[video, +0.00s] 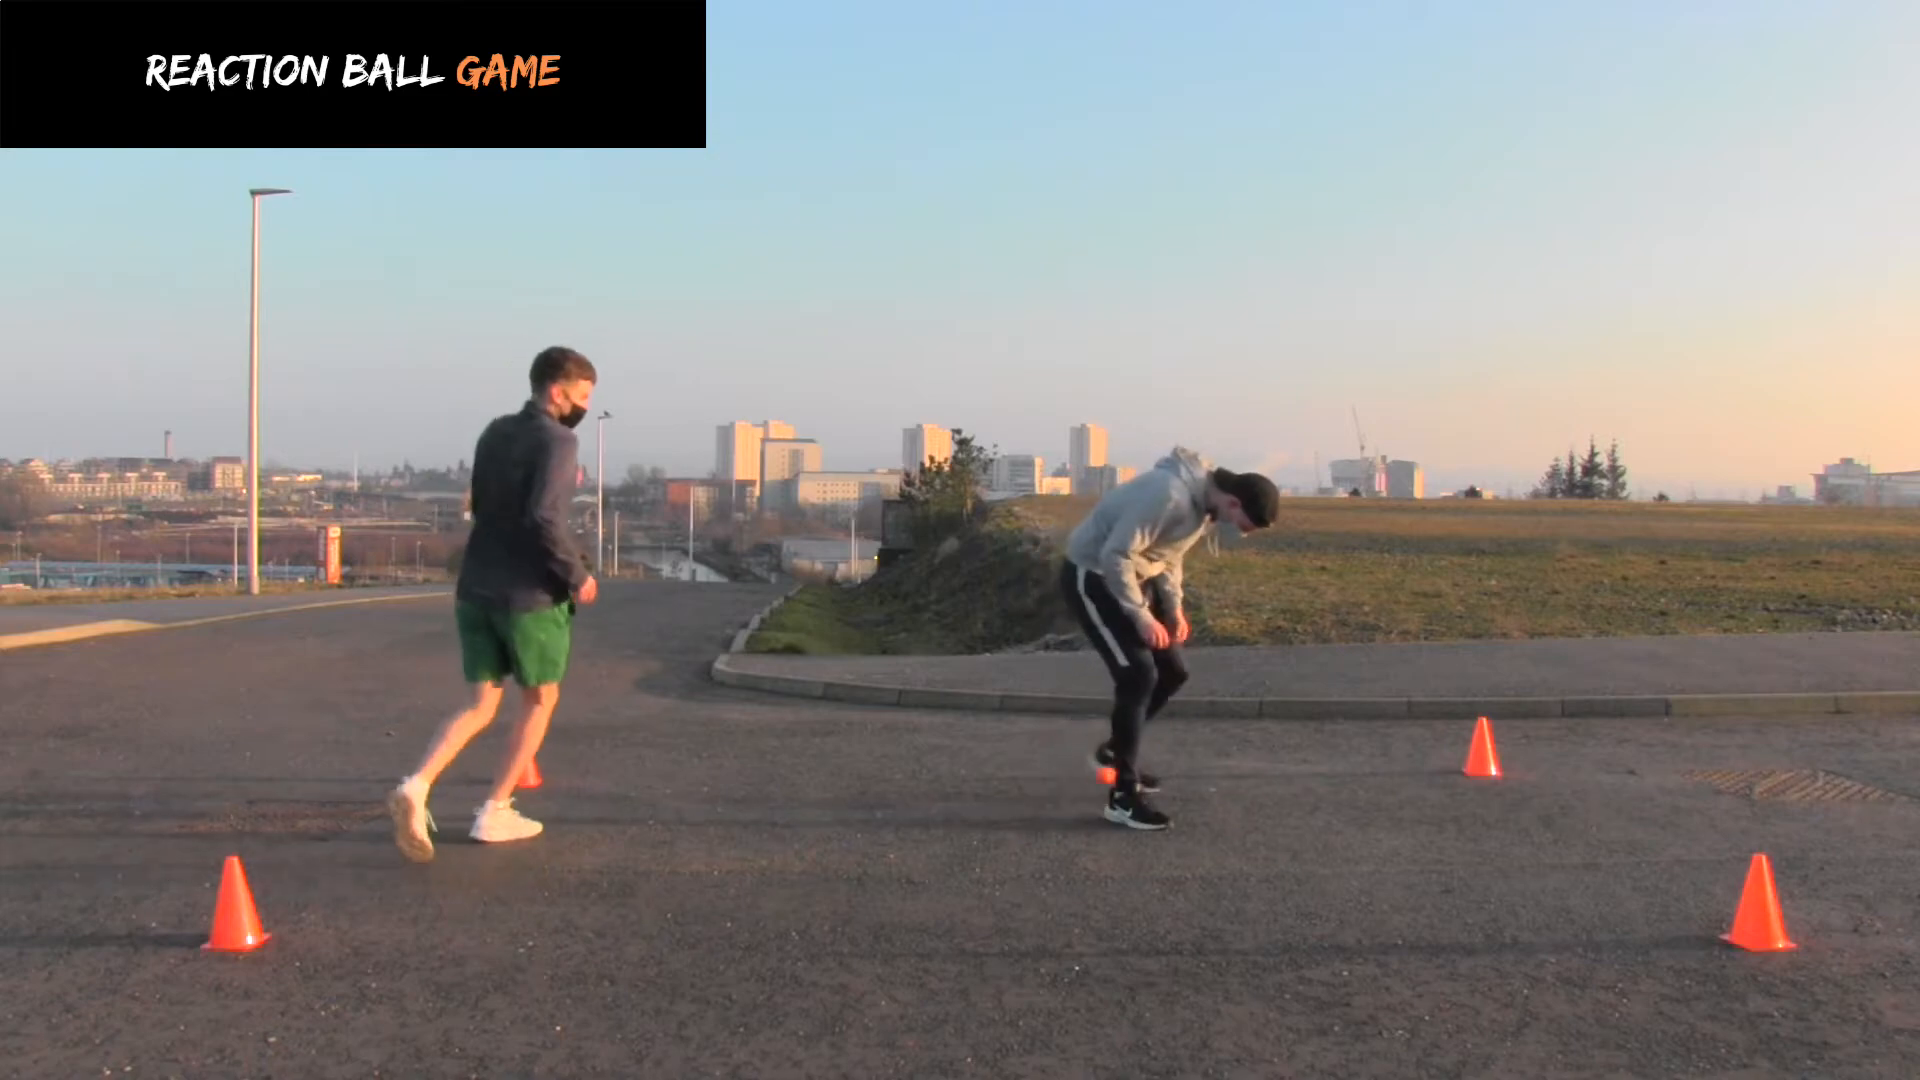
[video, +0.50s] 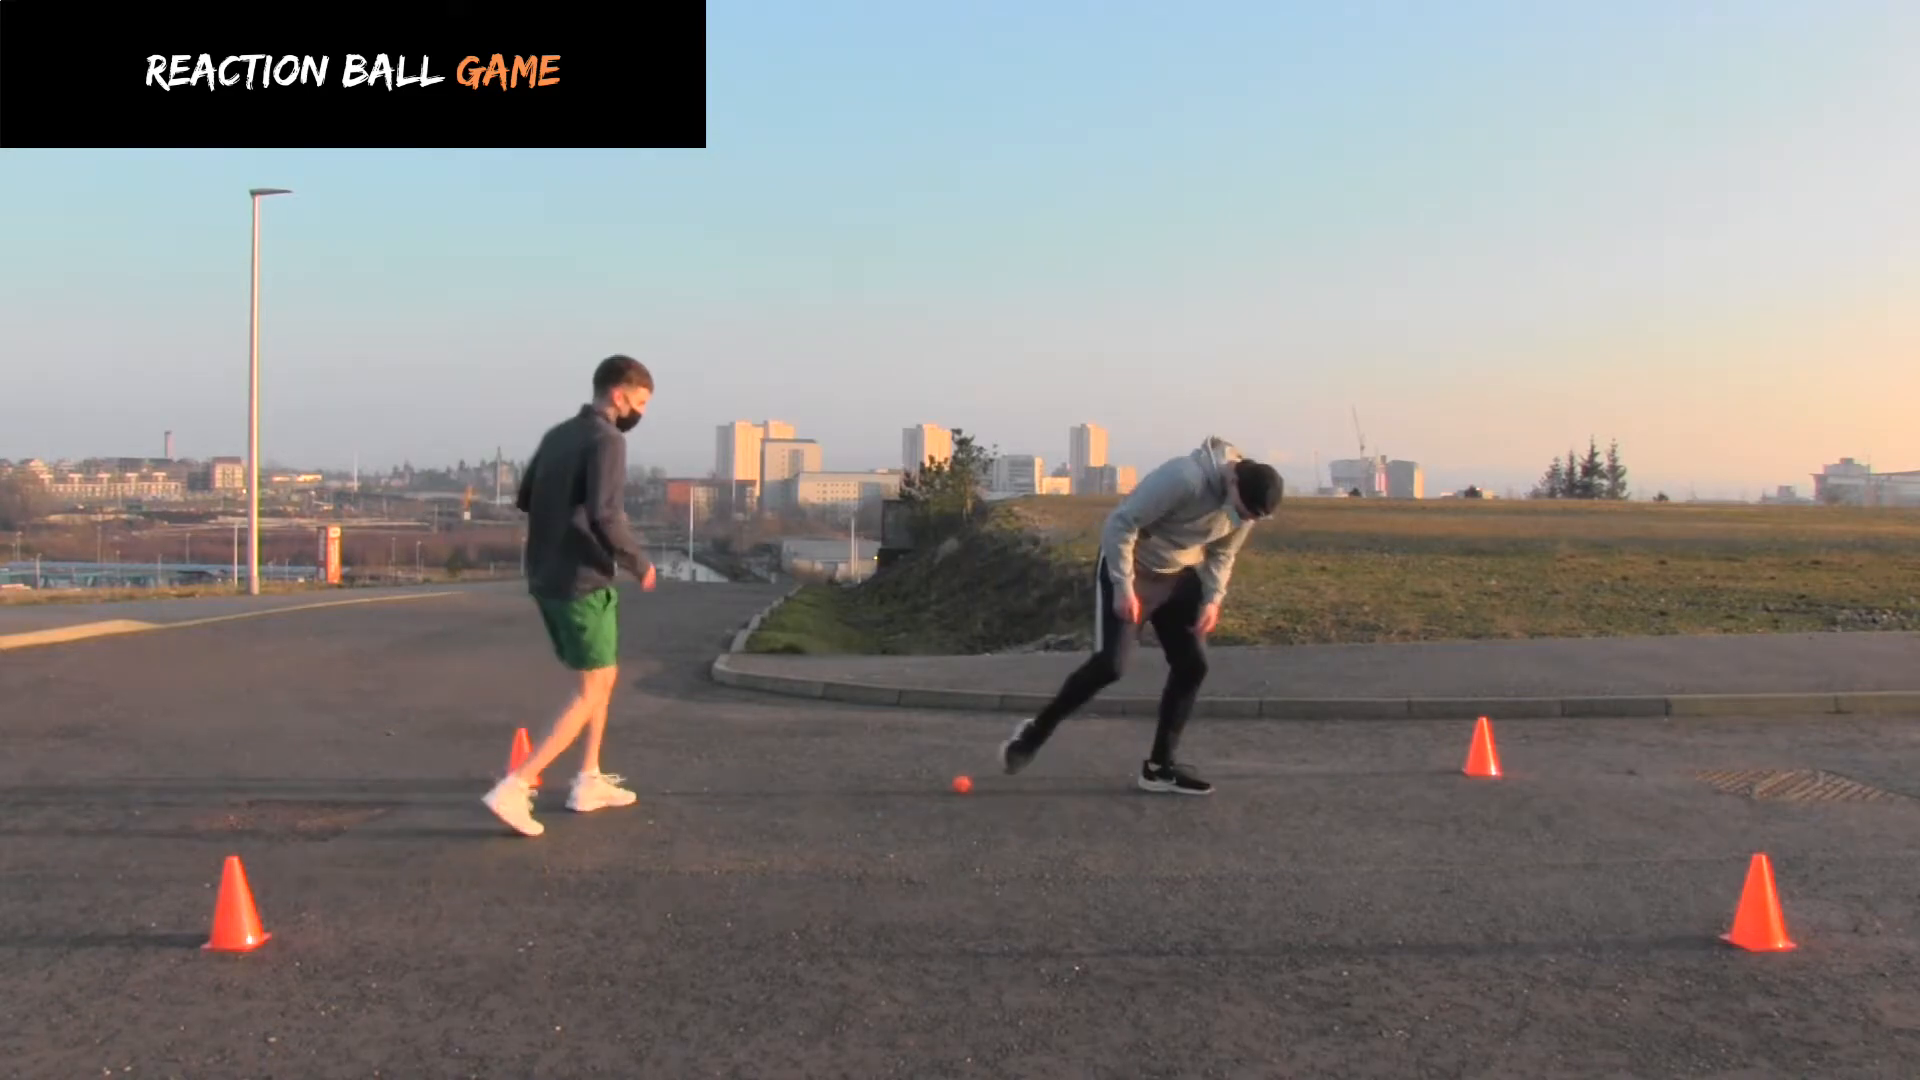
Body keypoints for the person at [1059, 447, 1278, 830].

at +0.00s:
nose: (1239, 530)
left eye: (1245, 528)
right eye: (1243, 524)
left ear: (1235, 504)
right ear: (1234, 503)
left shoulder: (1204, 507)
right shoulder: (1166, 492)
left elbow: (1169, 559)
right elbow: (1114, 559)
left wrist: (1173, 609)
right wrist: (1142, 618)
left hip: (1130, 574)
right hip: (1089, 571)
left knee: (1172, 673)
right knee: (1137, 673)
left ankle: (1115, 750)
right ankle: (1123, 794)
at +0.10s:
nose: (1251, 529)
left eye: (1257, 526)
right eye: (1255, 522)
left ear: (1245, 501)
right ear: (1244, 500)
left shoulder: (1215, 507)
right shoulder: (1176, 487)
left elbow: (1182, 559)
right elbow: (1123, 552)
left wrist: (1176, 607)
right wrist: (1141, 613)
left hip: (1141, 572)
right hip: (1097, 566)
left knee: (1170, 671)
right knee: (1134, 671)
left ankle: (1152, 761)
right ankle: (1123, 795)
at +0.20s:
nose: (1258, 533)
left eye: (1264, 530)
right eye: (1261, 526)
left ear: (1254, 504)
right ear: (1251, 502)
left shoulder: (1229, 515)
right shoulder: (1187, 485)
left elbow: (1198, 568)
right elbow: (1123, 540)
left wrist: (1182, 615)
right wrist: (1137, 601)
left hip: (1157, 572)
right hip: (1109, 563)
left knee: (1175, 671)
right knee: (1119, 668)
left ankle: (1158, 766)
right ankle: (1122, 786)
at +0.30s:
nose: (1258, 534)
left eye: (1264, 532)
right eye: (1259, 527)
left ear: (1256, 504)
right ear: (1249, 501)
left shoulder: (1234, 514)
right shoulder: (1191, 484)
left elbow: (1206, 566)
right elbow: (1123, 526)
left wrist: (1185, 615)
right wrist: (1128, 594)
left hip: (1163, 574)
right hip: (1115, 562)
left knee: (1180, 667)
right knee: (1122, 661)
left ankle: (1159, 765)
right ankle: (1098, 778)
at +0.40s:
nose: (1253, 528)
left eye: (1260, 525)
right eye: (1254, 520)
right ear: (1242, 492)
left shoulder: (1242, 509)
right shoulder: (1187, 480)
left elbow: (1215, 559)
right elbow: (1120, 525)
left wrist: (1198, 604)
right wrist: (1125, 589)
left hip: (1169, 573)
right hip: (1122, 562)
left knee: (1184, 665)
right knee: (1128, 659)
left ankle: (1158, 765)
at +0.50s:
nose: (1245, 522)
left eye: (1252, 518)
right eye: (1244, 513)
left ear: (1260, 505)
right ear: (1232, 487)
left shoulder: (1248, 505)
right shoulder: (1184, 477)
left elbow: (1223, 554)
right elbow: (1120, 525)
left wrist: (1213, 598)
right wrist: (1123, 588)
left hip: (1177, 577)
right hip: (1128, 568)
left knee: (1192, 665)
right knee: (1110, 664)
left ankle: (1160, 764)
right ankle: (1033, 735)